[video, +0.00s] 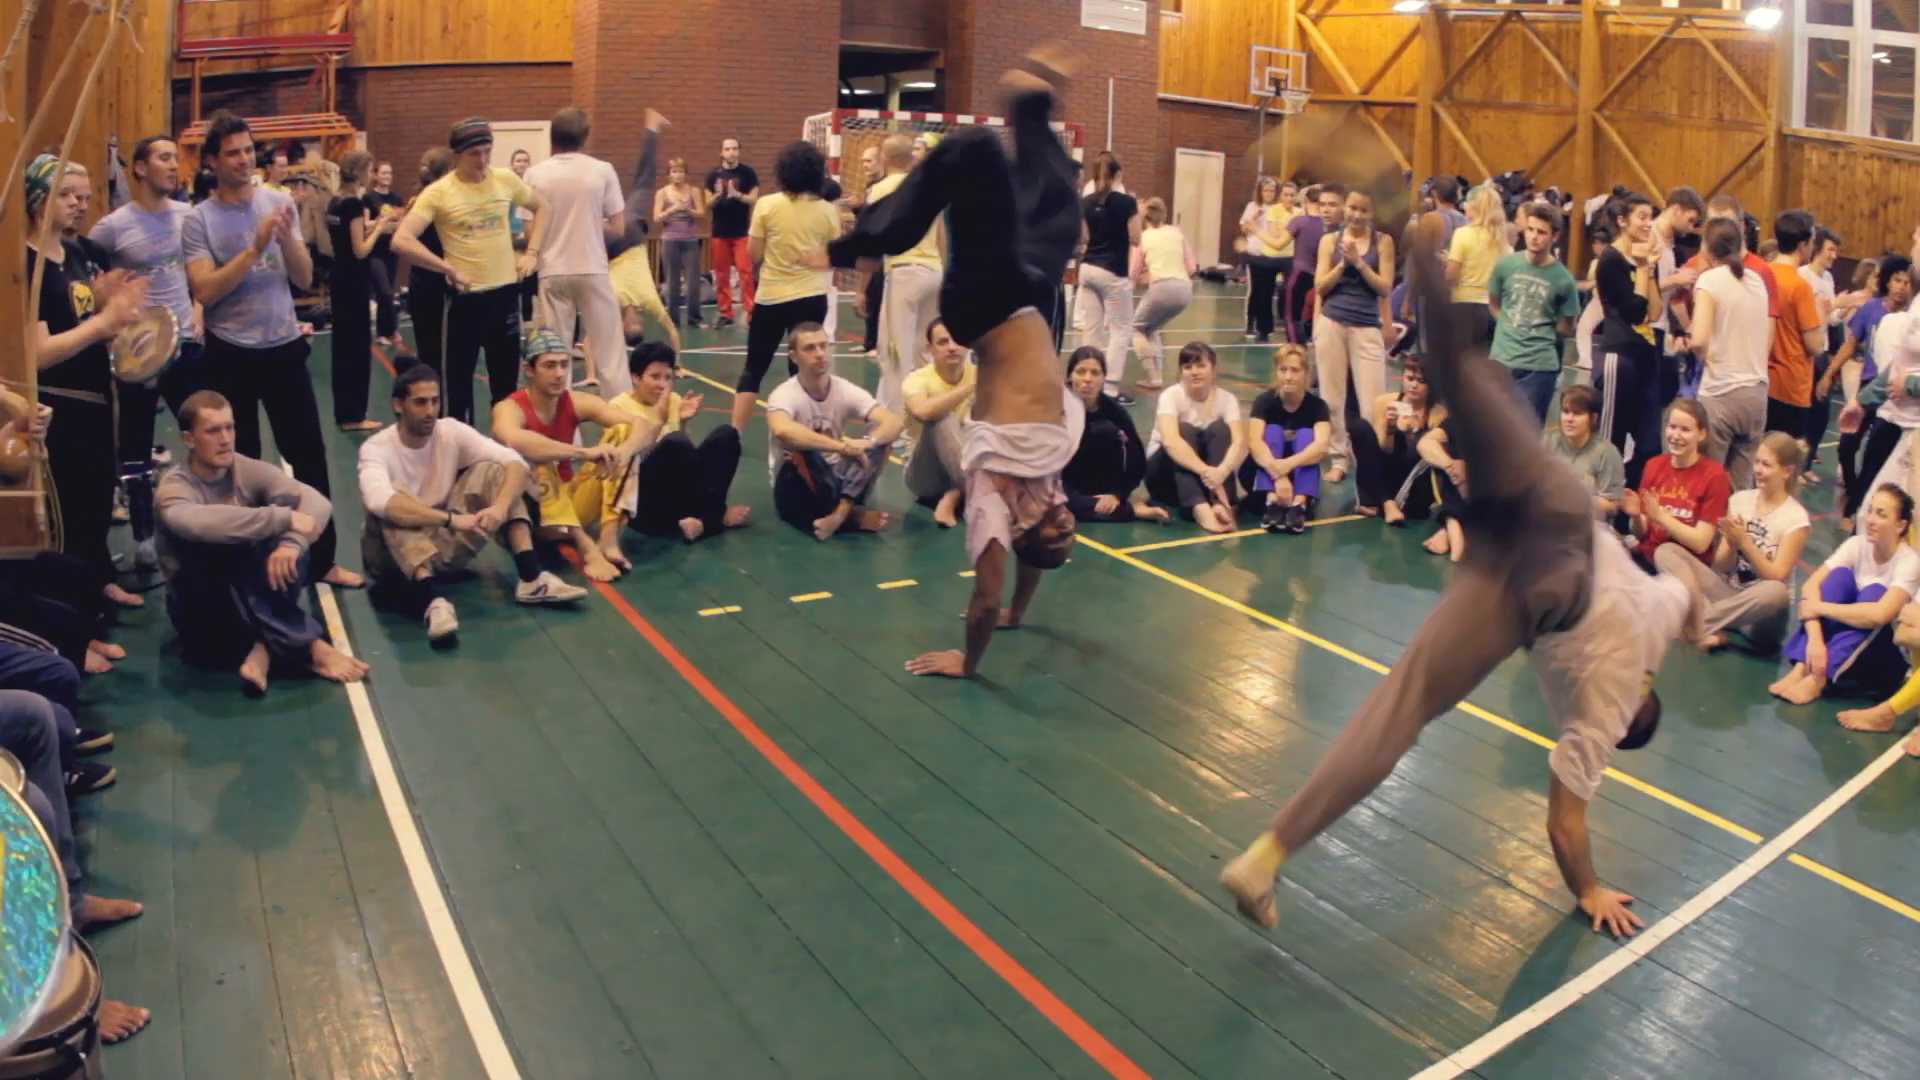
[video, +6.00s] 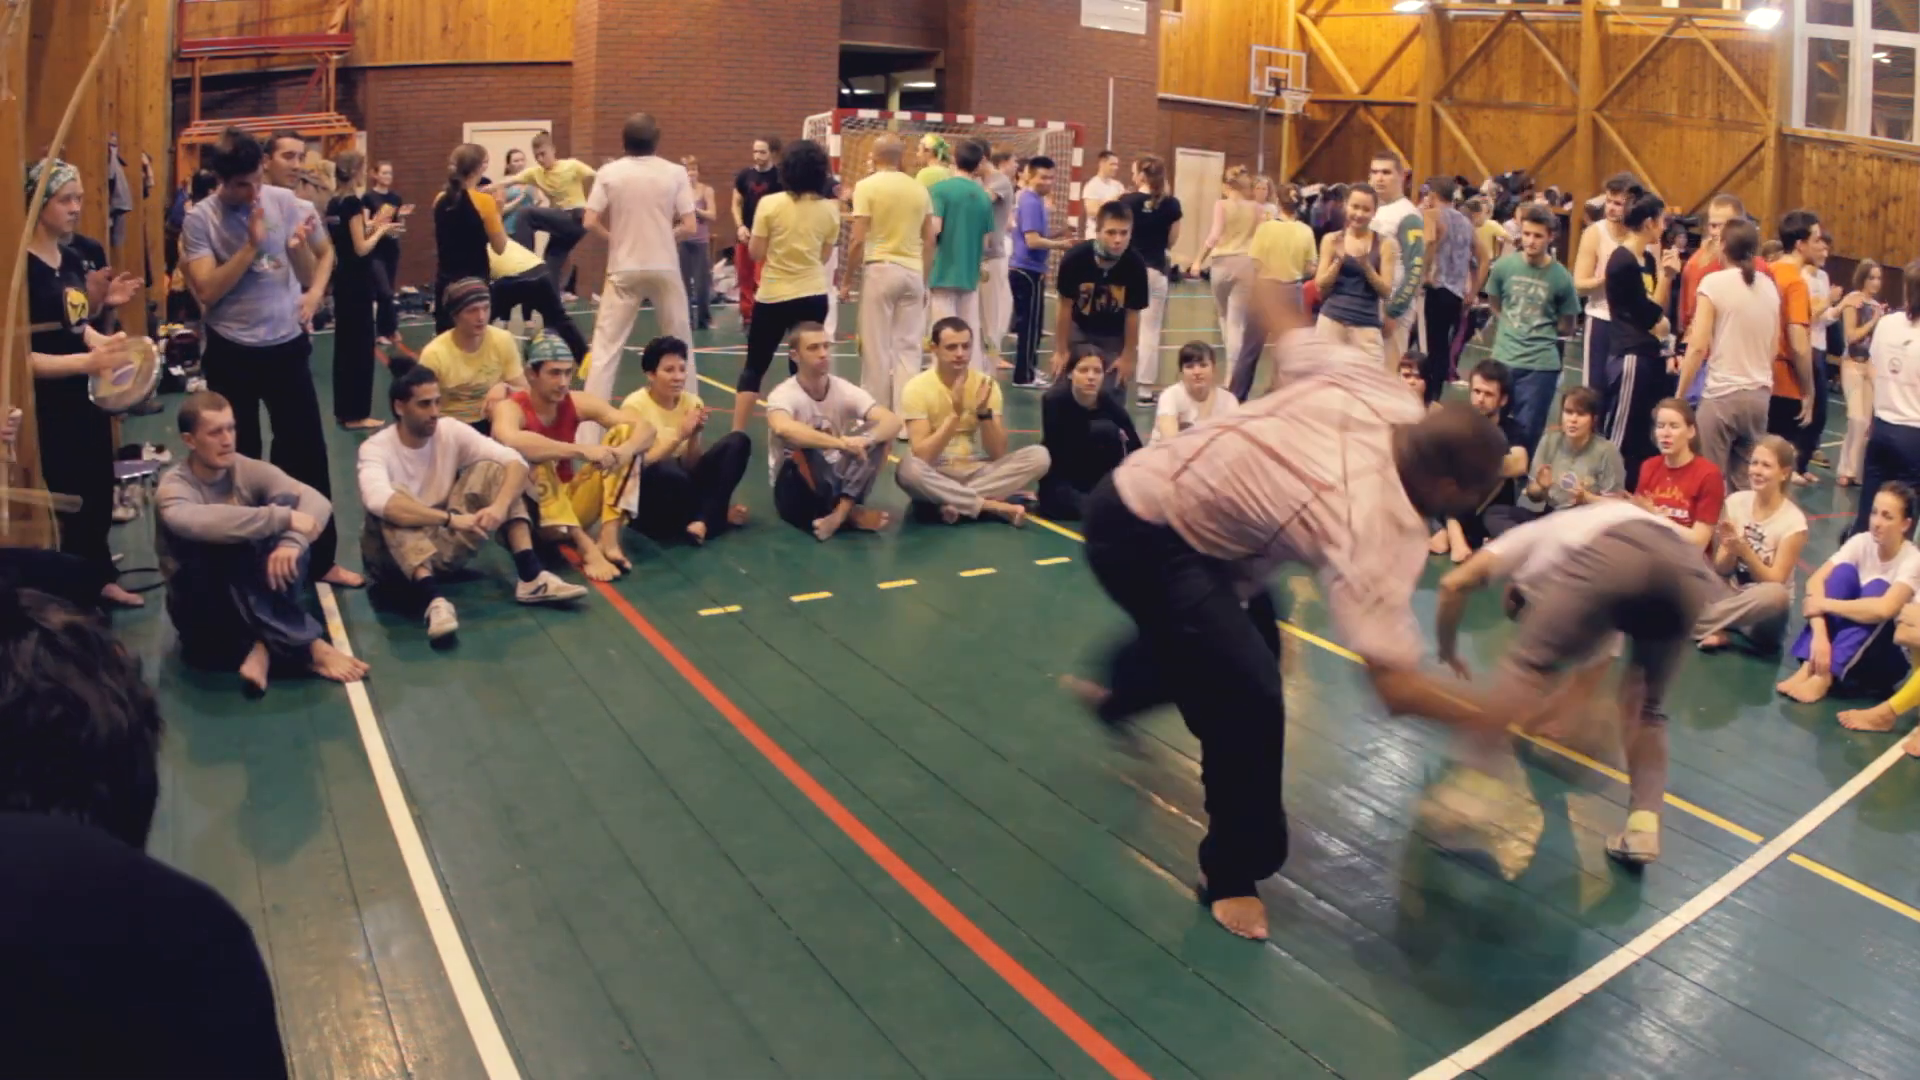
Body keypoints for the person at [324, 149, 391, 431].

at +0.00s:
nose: (372, 176)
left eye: (372, 171)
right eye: (370, 171)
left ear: (346, 172)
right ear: (361, 174)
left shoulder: (335, 203)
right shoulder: (354, 205)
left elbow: (342, 244)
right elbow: (360, 249)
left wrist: (368, 226)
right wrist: (379, 229)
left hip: (340, 278)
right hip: (356, 280)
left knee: (345, 342)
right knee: (357, 344)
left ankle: (346, 412)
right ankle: (352, 415)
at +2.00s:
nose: (366, 175)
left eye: (365, 169)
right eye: (364, 170)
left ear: (338, 172)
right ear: (354, 173)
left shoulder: (330, 205)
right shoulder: (348, 206)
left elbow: (344, 245)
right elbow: (355, 250)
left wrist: (370, 226)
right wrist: (377, 228)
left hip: (339, 279)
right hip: (353, 281)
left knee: (346, 343)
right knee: (358, 344)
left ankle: (347, 413)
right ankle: (355, 416)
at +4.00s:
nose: (361, 176)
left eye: (359, 170)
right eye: (359, 171)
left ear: (334, 173)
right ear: (351, 173)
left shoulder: (326, 204)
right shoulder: (346, 201)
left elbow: (340, 242)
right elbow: (357, 244)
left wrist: (366, 224)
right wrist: (377, 223)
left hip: (335, 278)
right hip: (351, 280)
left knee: (343, 340)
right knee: (358, 342)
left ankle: (341, 408)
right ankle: (355, 413)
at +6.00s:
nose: (369, 174)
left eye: (368, 169)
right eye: (367, 170)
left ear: (342, 171)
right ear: (358, 172)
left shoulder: (334, 203)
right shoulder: (354, 204)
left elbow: (345, 244)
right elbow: (361, 248)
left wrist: (370, 228)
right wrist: (381, 230)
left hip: (342, 279)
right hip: (358, 281)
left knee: (347, 342)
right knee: (361, 344)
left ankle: (346, 411)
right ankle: (356, 414)